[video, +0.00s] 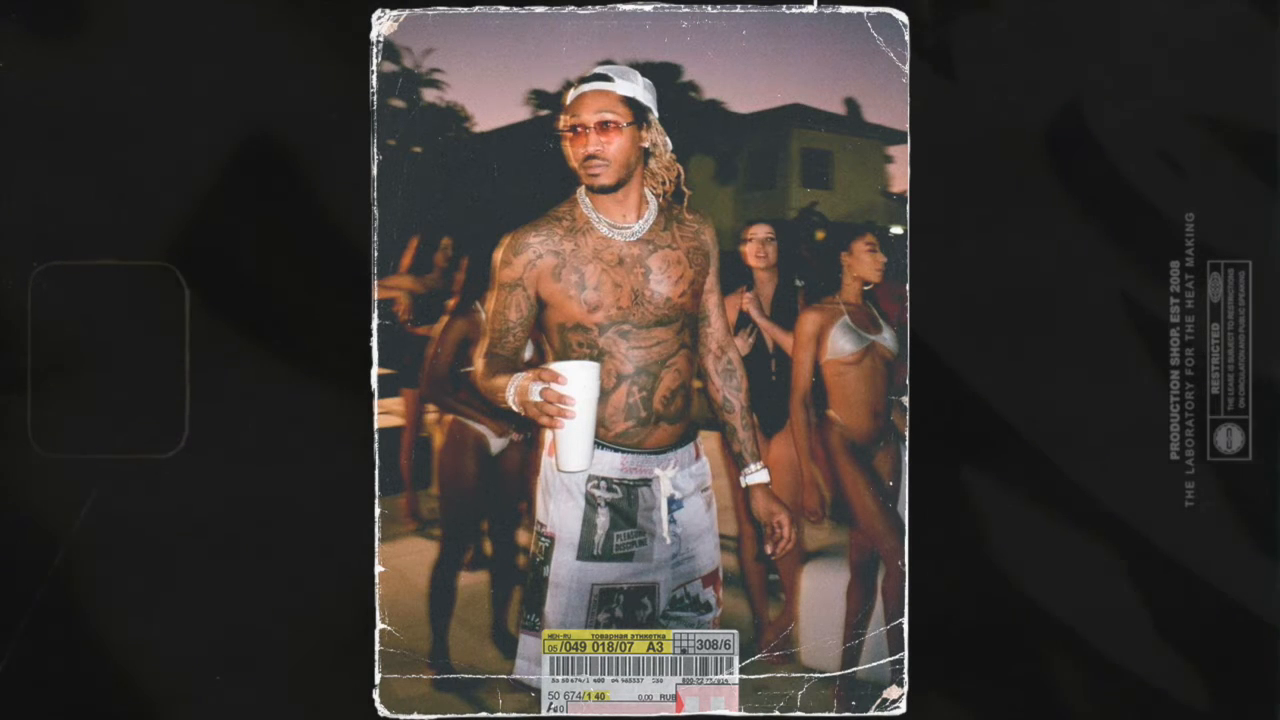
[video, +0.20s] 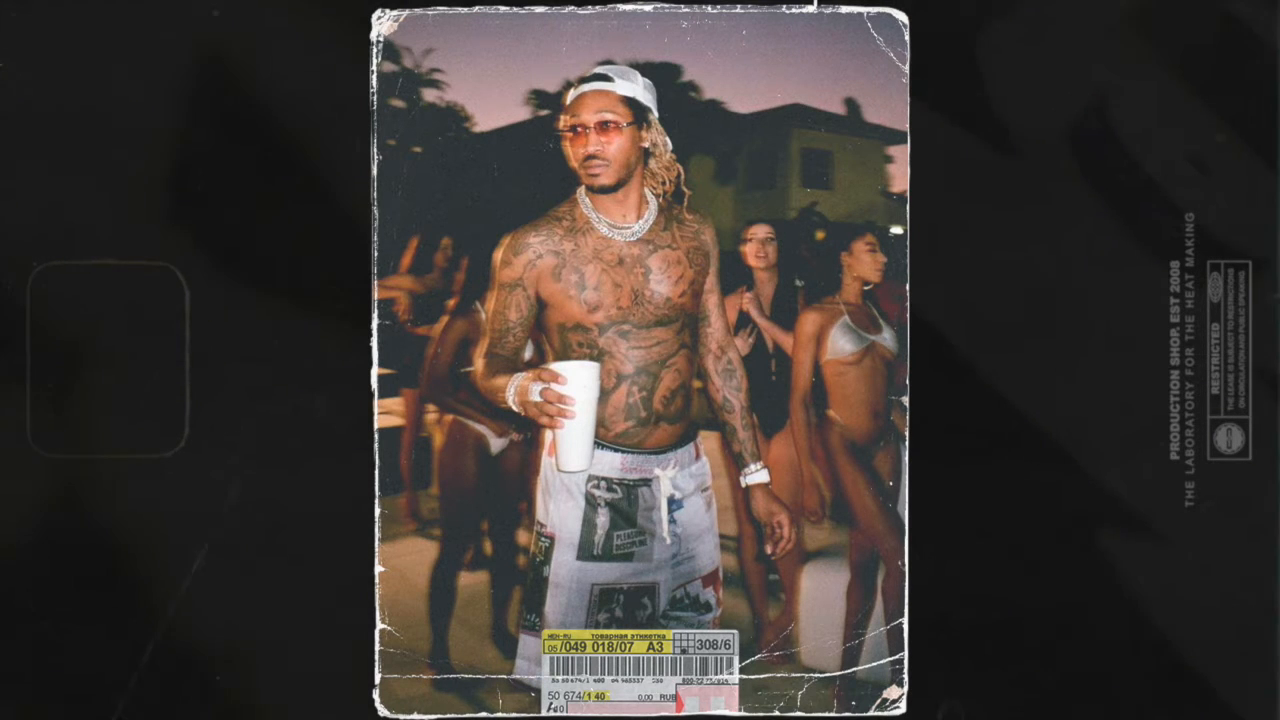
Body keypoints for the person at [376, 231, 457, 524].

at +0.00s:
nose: (446, 255)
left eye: (451, 250)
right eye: (442, 249)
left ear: (455, 255)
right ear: (431, 252)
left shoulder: (454, 283)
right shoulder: (414, 283)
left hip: (445, 353)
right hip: (416, 350)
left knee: (449, 426)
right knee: (413, 427)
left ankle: (450, 498)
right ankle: (410, 499)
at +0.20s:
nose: (446, 255)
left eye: (451, 250)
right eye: (442, 249)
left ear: (455, 255)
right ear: (430, 252)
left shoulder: (454, 283)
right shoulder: (415, 282)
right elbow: (380, 287)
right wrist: (403, 293)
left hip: (444, 353)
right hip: (415, 350)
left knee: (449, 426)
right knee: (413, 428)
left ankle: (450, 498)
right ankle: (410, 500)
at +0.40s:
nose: (446, 255)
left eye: (450, 250)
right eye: (442, 249)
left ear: (454, 255)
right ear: (430, 252)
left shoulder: (454, 282)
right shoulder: (416, 282)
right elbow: (379, 287)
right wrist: (403, 293)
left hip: (445, 352)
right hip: (416, 350)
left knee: (450, 426)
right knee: (413, 427)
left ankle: (451, 497)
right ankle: (410, 501)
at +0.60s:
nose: (446, 254)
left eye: (450, 250)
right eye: (442, 248)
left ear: (455, 255)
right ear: (430, 252)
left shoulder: (455, 282)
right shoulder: (414, 282)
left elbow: (462, 314)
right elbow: (380, 287)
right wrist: (403, 293)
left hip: (445, 353)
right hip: (416, 350)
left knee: (450, 426)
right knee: (413, 428)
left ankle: (451, 499)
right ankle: (411, 501)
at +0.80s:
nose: (446, 254)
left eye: (450, 250)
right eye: (442, 248)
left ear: (455, 255)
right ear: (430, 252)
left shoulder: (455, 283)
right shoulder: (414, 282)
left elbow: (462, 315)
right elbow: (379, 287)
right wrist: (403, 293)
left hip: (445, 353)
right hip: (416, 351)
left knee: (450, 426)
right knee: (413, 428)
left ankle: (451, 499)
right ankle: (411, 502)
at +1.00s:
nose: (446, 254)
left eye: (450, 250)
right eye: (442, 248)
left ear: (455, 255)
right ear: (430, 252)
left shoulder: (455, 282)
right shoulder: (414, 282)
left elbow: (462, 314)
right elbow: (380, 287)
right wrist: (403, 293)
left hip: (445, 353)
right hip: (416, 350)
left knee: (450, 426)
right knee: (413, 428)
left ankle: (451, 499)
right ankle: (411, 502)